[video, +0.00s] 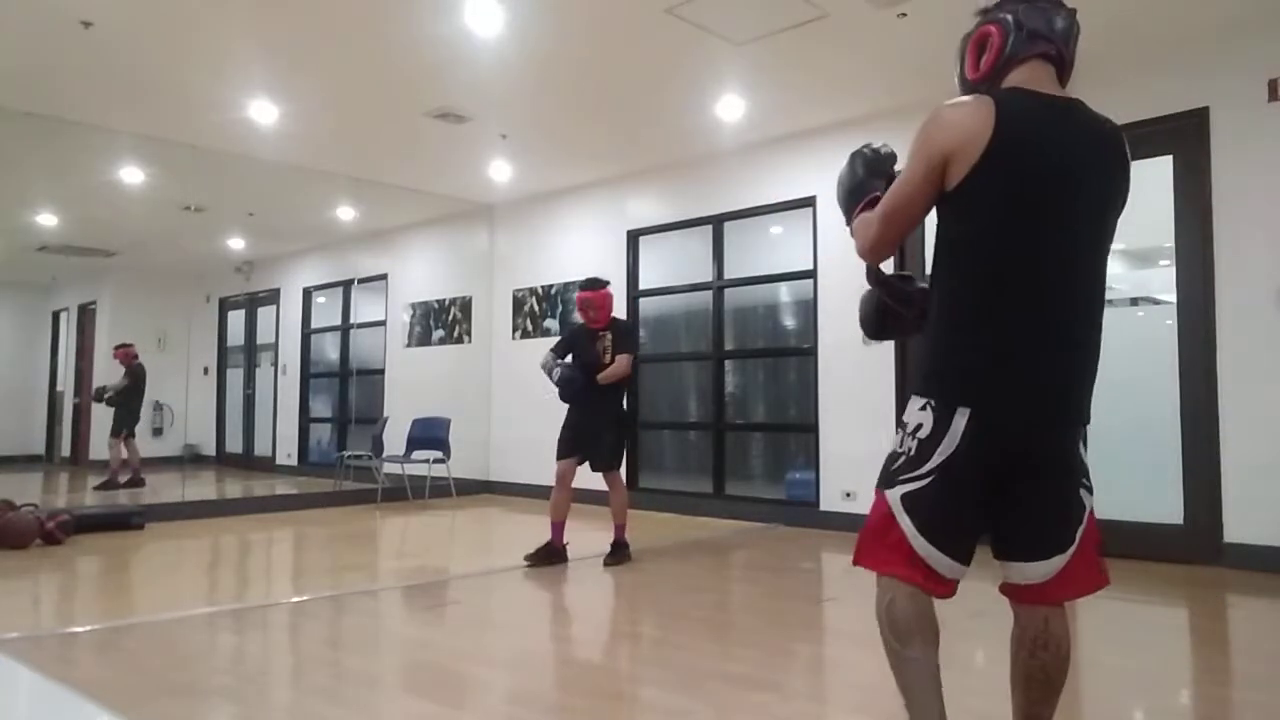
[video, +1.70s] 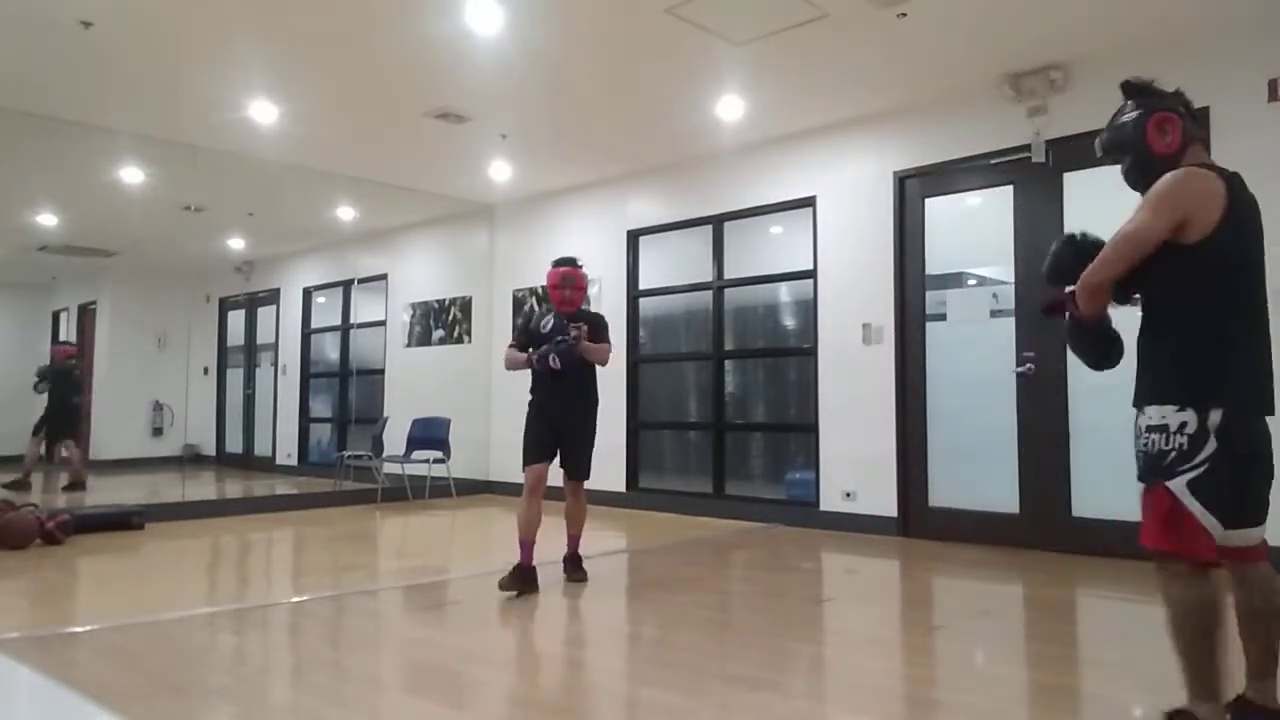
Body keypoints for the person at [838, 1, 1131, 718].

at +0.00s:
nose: (967, 67)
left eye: (970, 51)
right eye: (968, 55)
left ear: (989, 43)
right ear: (1064, 56)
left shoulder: (959, 121)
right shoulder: (1109, 140)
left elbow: (873, 243)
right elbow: (1051, 270)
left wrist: (860, 198)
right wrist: (931, 304)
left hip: (961, 394)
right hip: (1059, 397)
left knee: (904, 576)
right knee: (1040, 594)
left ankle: (927, 714)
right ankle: (1034, 719)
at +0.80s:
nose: (975, 143)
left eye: (976, 132)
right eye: (973, 134)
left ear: (991, 126)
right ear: (1055, 126)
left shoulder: (978, 196)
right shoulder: (1115, 182)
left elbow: (933, 317)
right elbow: (1120, 289)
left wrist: (913, 280)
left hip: (1015, 408)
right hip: (1100, 404)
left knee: (1020, 570)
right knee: (1081, 568)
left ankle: (1044, 704)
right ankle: (1041, 697)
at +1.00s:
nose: (987, 149)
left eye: (988, 138)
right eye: (987, 140)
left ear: (1004, 134)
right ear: (1063, 133)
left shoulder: (990, 210)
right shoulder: (1121, 184)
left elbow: (934, 316)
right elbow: (1168, 285)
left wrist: (940, 282)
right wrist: (1094, 285)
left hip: (1032, 412)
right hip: (1117, 408)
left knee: (1030, 563)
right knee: (1137, 556)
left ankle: (1044, 706)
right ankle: (1128, 682)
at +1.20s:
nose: (1019, 146)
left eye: (1021, 135)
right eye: (1018, 137)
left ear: (1038, 131)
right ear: (1093, 128)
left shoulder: (1023, 203)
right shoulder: (1150, 186)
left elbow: (991, 315)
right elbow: (1175, 289)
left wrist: (1048, 287)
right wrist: (1112, 279)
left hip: (1056, 407)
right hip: (1140, 403)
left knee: (1040, 557)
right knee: (1179, 551)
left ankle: (1044, 704)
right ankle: (1247, 691)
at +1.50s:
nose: (1098, 176)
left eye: (1098, 163)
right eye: (1095, 166)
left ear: (1121, 137)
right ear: (1155, 136)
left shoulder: (1127, 195)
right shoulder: (1222, 201)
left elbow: (1066, 299)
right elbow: (1168, 281)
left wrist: (1054, 352)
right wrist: (1076, 265)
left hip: (1146, 403)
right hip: (1221, 404)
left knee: (1087, 542)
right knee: (1229, 557)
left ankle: (1073, 695)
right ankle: (1258, 699)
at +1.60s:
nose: (1114, 174)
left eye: (1114, 158)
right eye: (1109, 163)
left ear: (1145, 134)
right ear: (1169, 135)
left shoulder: (1157, 189)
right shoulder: (1224, 194)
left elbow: (1086, 294)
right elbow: (1177, 280)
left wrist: (1077, 340)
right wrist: (1106, 245)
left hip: (1172, 400)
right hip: (1236, 399)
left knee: (1127, 543)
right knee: (1242, 552)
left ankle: (1128, 697)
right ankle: (1261, 697)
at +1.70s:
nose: (1127, 167)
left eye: (1128, 150)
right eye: (1121, 155)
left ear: (1161, 133)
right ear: (1187, 134)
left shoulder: (1181, 188)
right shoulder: (1230, 190)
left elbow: (1094, 281)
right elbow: (1184, 277)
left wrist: (1089, 319)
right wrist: (1114, 275)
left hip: (1185, 404)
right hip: (1241, 402)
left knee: (1178, 555)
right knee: (1247, 552)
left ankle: (1205, 705)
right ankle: (1264, 697)